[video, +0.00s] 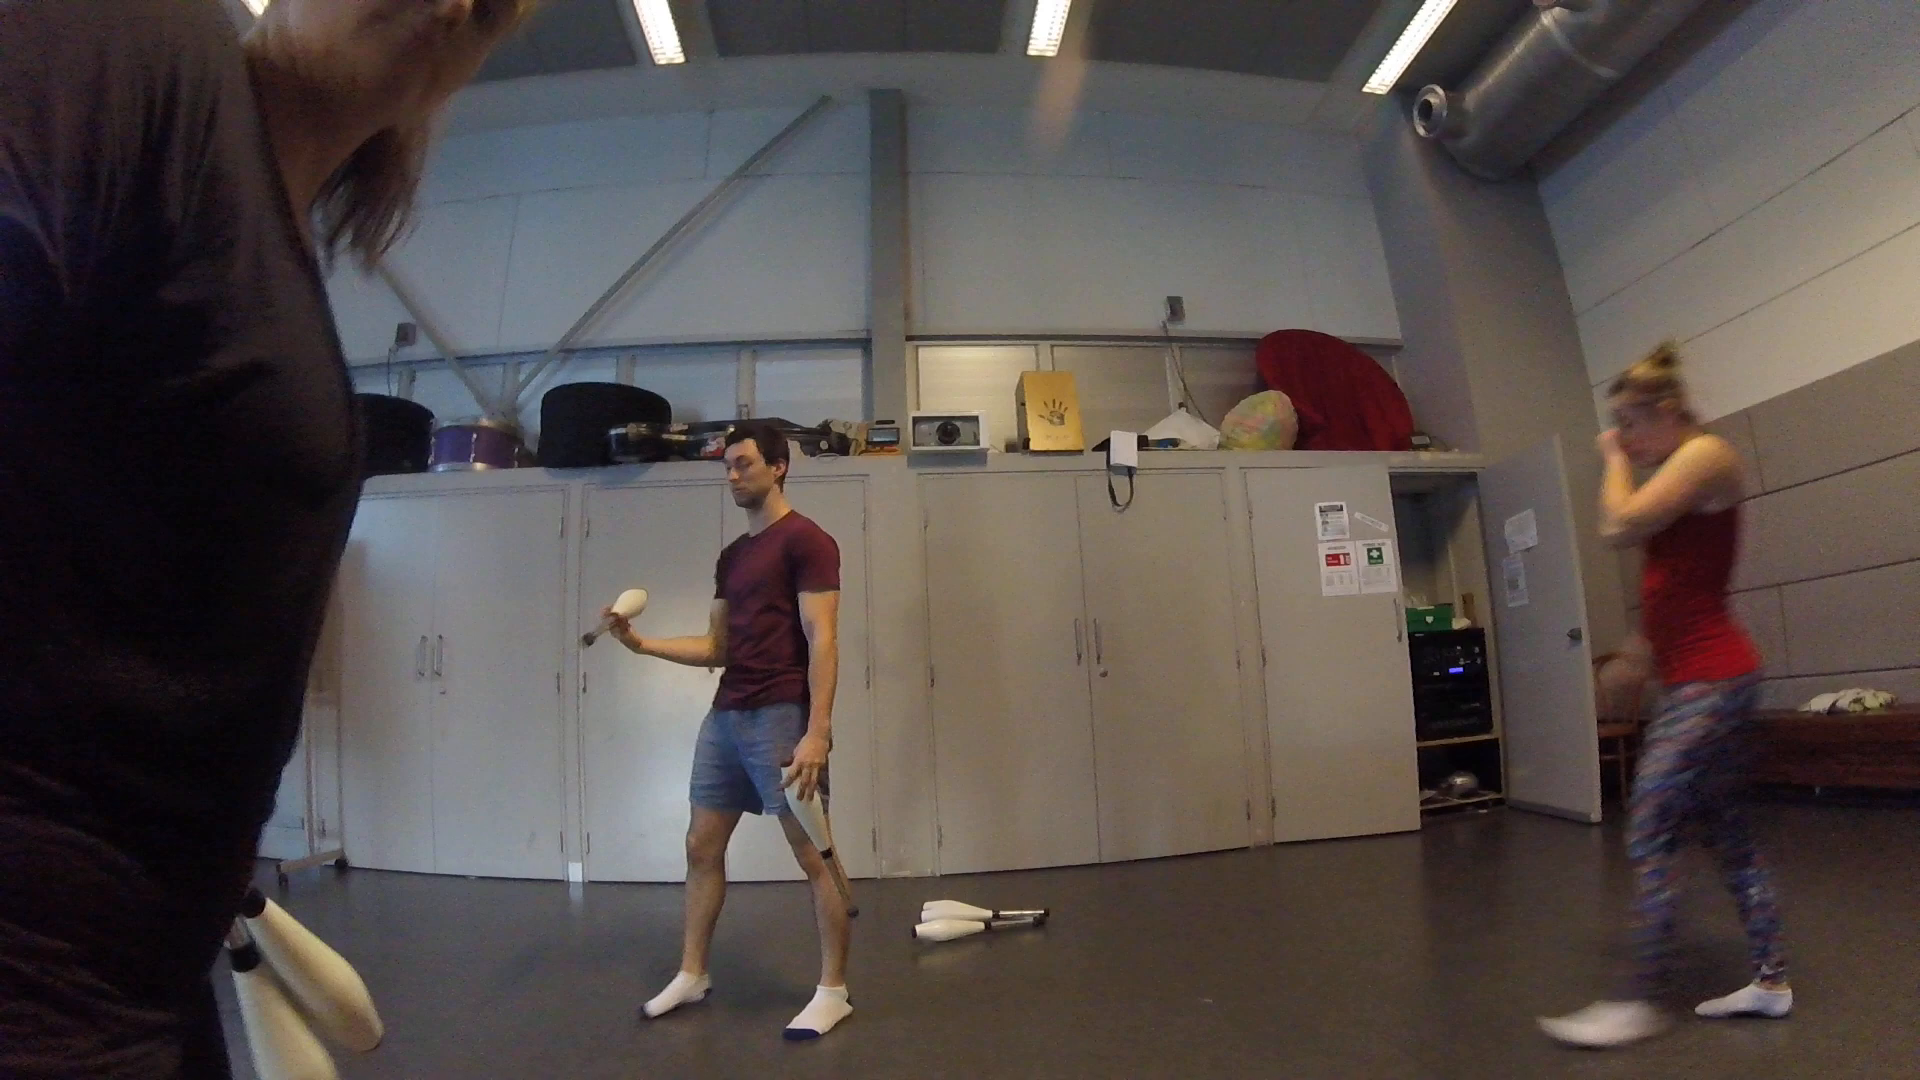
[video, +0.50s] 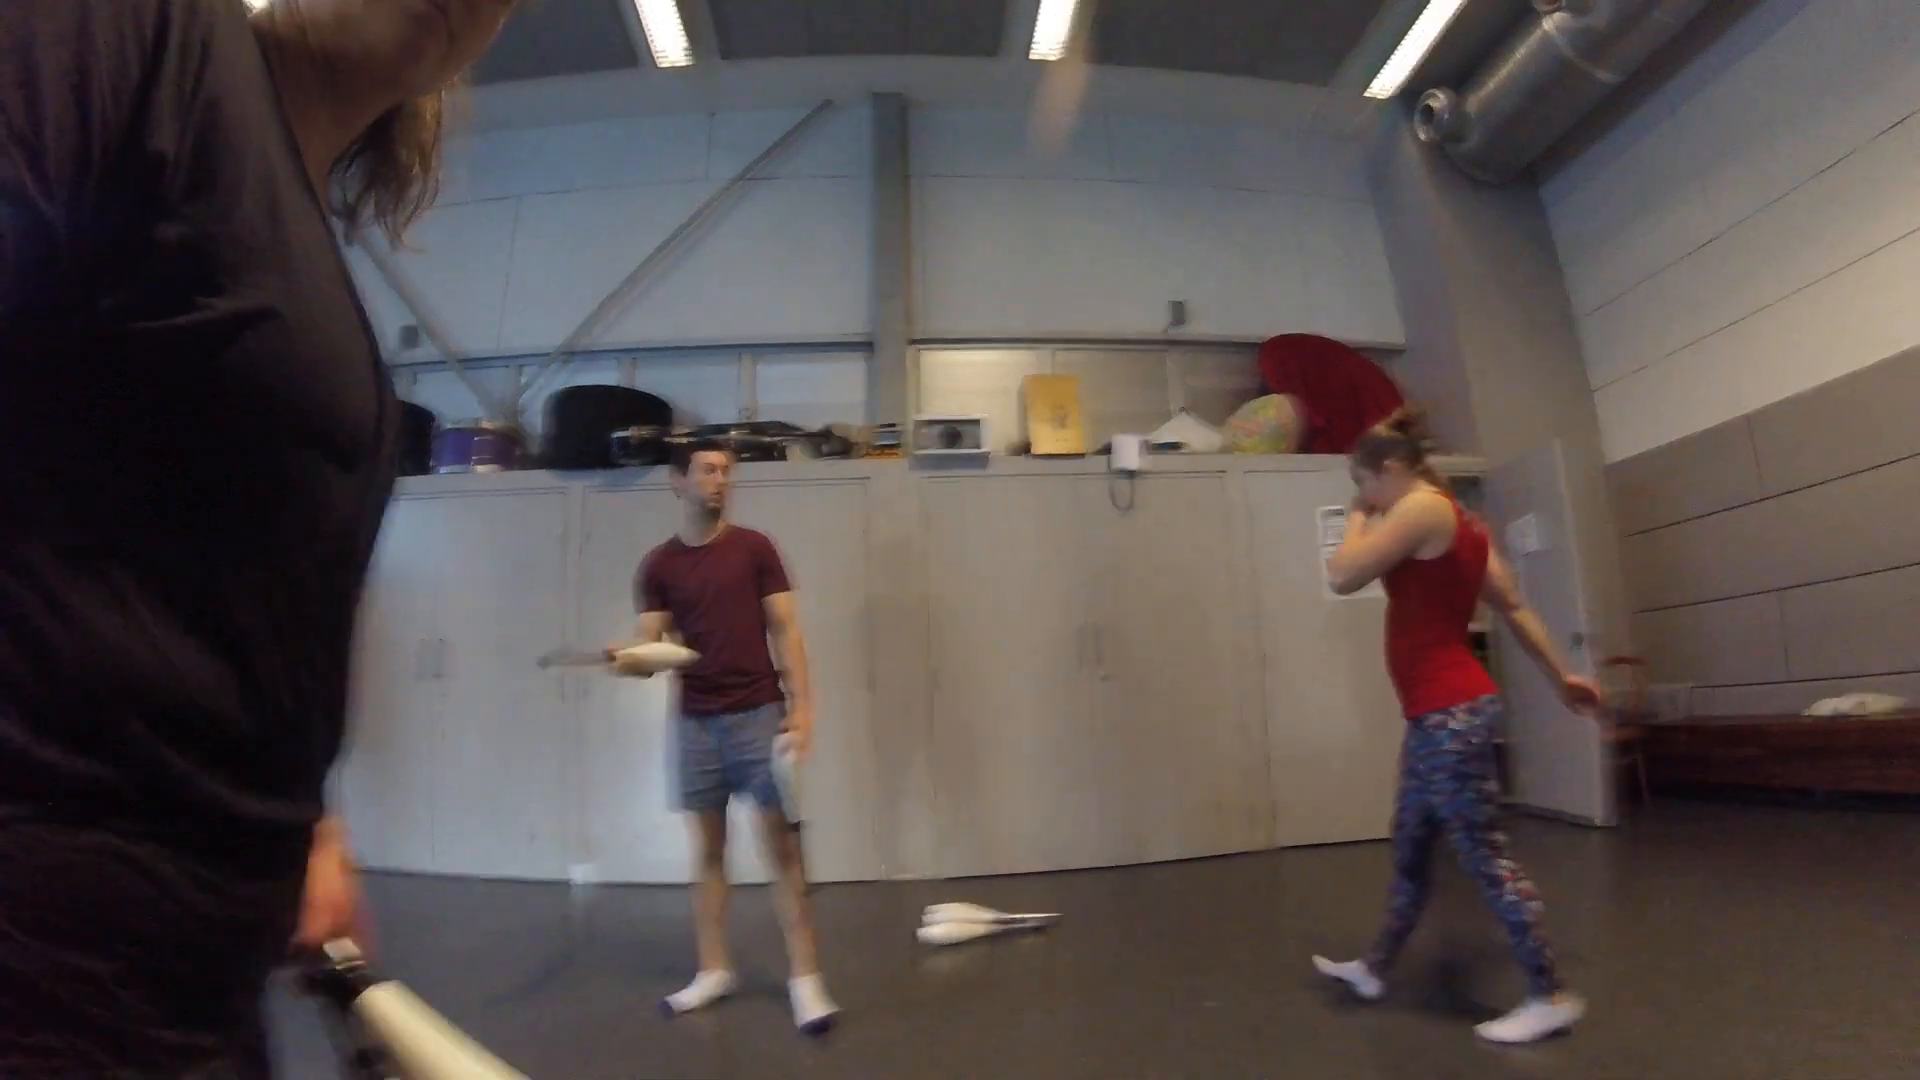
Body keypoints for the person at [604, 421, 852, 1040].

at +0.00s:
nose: (731, 474)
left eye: (742, 463)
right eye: (729, 466)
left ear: (778, 468)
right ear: (732, 476)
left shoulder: (808, 542)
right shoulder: (732, 555)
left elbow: (823, 641)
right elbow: (717, 648)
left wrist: (818, 732)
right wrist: (640, 642)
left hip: (781, 717)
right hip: (725, 717)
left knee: (817, 857)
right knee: (703, 847)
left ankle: (834, 991)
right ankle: (692, 975)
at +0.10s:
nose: (732, 476)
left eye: (743, 465)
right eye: (726, 468)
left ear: (773, 472)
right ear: (723, 478)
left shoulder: (799, 544)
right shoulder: (717, 560)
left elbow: (819, 640)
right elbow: (705, 652)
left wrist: (819, 729)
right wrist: (635, 645)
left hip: (775, 717)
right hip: (716, 718)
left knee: (810, 856)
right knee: (707, 852)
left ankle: (833, 990)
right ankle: (707, 972)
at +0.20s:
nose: (726, 478)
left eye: (737, 468)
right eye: (718, 469)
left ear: (760, 476)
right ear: (708, 478)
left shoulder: (787, 546)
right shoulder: (698, 563)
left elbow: (809, 638)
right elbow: (685, 652)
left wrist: (813, 724)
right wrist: (635, 646)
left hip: (766, 717)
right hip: (705, 719)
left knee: (797, 855)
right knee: (712, 855)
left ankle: (831, 990)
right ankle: (708, 975)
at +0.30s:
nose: (728, 477)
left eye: (736, 468)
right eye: (716, 469)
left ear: (748, 480)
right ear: (697, 481)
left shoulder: (773, 547)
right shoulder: (680, 564)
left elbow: (800, 633)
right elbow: (666, 655)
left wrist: (805, 716)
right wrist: (622, 646)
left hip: (757, 716)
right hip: (695, 718)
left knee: (787, 853)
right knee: (709, 853)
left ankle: (824, 989)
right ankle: (707, 975)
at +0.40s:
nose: (724, 478)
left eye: (730, 469)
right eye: (713, 469)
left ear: (738, 481)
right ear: (685, 480)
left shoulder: (760, 548)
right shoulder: (663, 565)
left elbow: (790, 630)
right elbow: (653, 659)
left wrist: (800, 710)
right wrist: (621, 651)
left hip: (754, 717)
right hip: (689, 721)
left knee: (782, 851)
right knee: (703, 851)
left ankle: (812, 984)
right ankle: (706, 973)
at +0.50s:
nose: (718, 481)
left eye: (724, 471)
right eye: (707, 471)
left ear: (731, 481)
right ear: (680, 481)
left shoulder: (756, 549)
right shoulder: (660, 564)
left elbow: (786, 628)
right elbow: (652, 648)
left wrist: (800, 708)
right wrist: (629, 660)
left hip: (759, 716)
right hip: (698, 720)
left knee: (785, 848)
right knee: (708, 851)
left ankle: (805, 979)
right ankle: (714, 970)